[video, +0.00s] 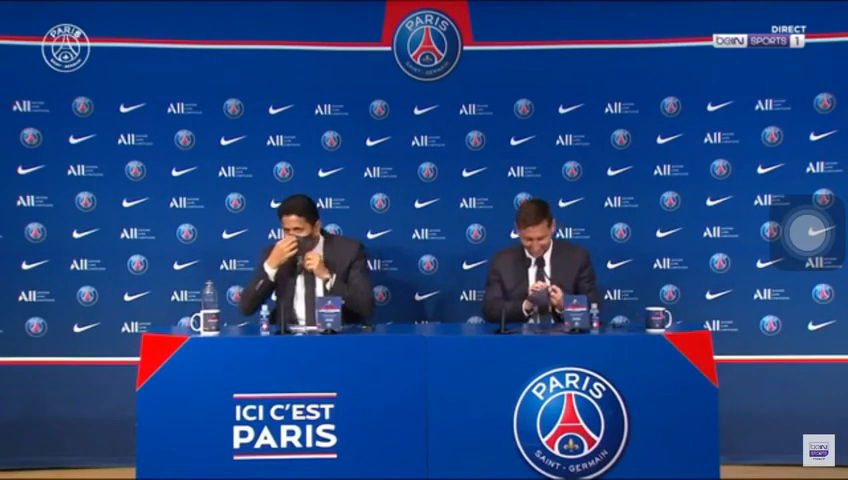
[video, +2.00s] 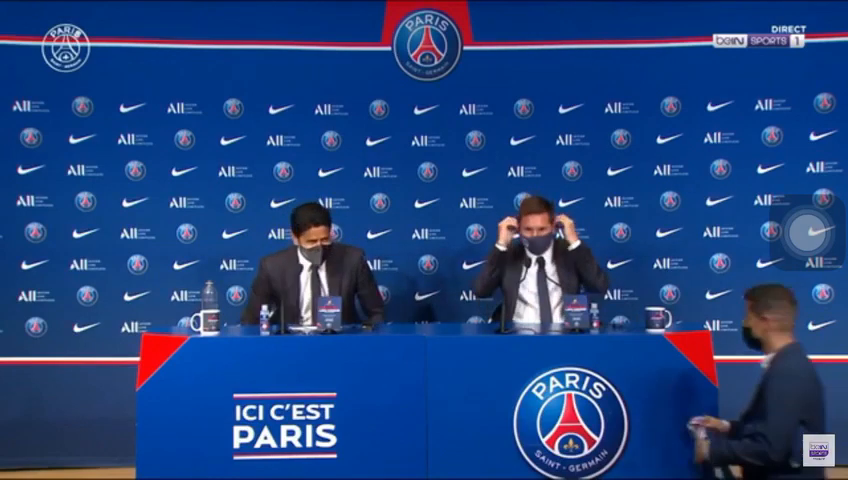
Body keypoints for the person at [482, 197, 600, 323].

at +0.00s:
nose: (535, 246)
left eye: (541, 238)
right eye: (528, 239)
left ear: (552, 227)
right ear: (518, 232)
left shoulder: (577, 257)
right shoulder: (502, 261)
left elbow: (592, 307)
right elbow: (490, 310)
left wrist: (564, 304)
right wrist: (526, 306)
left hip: (566, 342)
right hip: (518, 343)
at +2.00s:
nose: (535, 236)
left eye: (542, 230)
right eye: (528, 230)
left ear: (553, 227)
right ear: (519, 230)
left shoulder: (569, 252)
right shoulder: (509, 255)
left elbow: (600, 287)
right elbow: (481, 291)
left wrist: (575, 243)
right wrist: (501, 246)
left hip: (562, 339)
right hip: (518, 339)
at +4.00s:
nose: (533, 209)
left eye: (540, 203)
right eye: (529, 202)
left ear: (561, 198)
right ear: (525, 196)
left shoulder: (590, 222)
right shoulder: (513, 219)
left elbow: (617, 263)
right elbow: (488, 258)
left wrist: (589, 305)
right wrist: (506, 298)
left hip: (575, 325)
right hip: (526, 324)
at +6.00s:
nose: (592, 169)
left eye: (599, 163)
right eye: (588, 163)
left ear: (618, 154)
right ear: (583, 158)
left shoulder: (650, 174)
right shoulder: (585, 180)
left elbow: (659, 226)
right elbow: (559, 230)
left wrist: (631, 186)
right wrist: (575, 191)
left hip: (637, 291)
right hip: (594, 291)